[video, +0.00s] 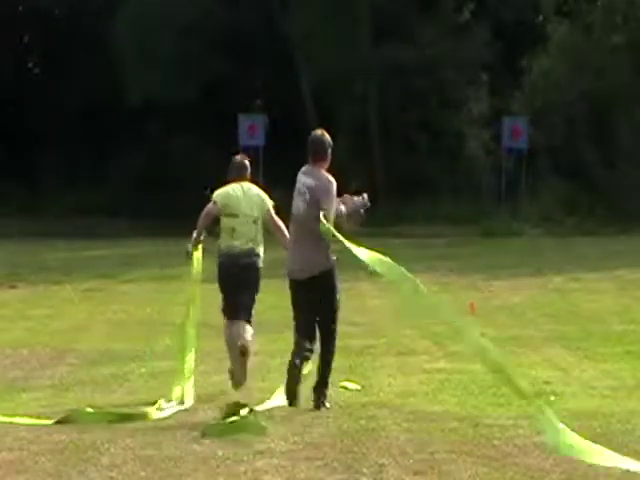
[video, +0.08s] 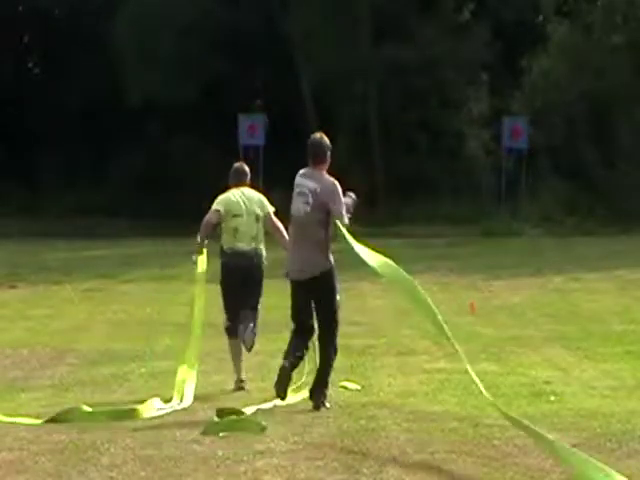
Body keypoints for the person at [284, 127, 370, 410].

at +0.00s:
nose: (331, 155)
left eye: (328, 151)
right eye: (331, 151)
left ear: (309, 152)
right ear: (329, 153)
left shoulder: (303, 176)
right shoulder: (326, 182)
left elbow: (322, 209)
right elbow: (326, 222)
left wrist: (346, 204)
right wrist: (351, 207)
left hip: (296, 269)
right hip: (320, 268)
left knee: (304, 330)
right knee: (328, 331)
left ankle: (296, 362)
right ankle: (321, 391)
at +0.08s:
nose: (328, 158)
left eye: (323, 154)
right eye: (329, 154)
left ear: (308, 156)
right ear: (328, 156)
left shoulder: (300, 178)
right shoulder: (329, 185)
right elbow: (341, 222)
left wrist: (338, 202)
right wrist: (349, 203)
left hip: (296, 268)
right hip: (320, 268)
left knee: (302, 327)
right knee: (328, 333)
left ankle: (287, 365)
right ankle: (319, 391)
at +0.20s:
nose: (317, 149)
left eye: (311, 144)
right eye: (320, 144)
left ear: (303, 146)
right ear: (324, 146)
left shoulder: (292, 171)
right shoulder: (333, 176)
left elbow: (285, 207)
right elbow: (339, 213)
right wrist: (337, 234)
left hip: (298, 256)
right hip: (324, 256)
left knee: (298, 315)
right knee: (323, 316)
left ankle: (297, 369)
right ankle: (321, 371)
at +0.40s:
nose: (307, 158)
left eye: (302, 153)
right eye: (311, 153)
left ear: (293, 156)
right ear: (312, 154)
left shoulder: (287, 183)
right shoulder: (324, 180)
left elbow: (286, 218)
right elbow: (334, 216)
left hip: (296, 266)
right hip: (320, 266)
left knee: (302, 329)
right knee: (322, 318)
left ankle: (308, 383)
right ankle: (323, 350)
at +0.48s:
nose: (315, 155)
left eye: (310, 150)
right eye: (316, 151)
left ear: (297, 153)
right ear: (316, 153)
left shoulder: (289, 178)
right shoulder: (322, 179)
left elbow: (292, 211)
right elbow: (330, 214)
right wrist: (339, 203)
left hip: (294, 263)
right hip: (318, 262)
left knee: (303, 322)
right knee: (324, 317)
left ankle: (308, 379)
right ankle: (328, 373)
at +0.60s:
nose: (322, 161)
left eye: (317, 156)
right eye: (322, 157)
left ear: (302, 158)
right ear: (322, 159)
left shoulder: (292, 181)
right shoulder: (322, 188)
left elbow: (294, 215)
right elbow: (324, 227)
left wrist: (330, 212)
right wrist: (342, 216)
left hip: (288, 264)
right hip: (312, 265)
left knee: (300, 315)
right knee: (322, 320)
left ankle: (303, 341)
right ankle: (323, 378)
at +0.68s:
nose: (318, 169)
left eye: (312, 164)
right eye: (320, 164)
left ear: (301, 166)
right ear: (320, 167)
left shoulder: (291, 185)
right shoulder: (322, 194)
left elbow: (285, 217)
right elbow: (326, 230)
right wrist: (338, 223)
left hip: (289, 267)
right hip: (312, 268)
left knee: (296, 317)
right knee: (323, 323)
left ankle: (289, 337)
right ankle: (322, 377)